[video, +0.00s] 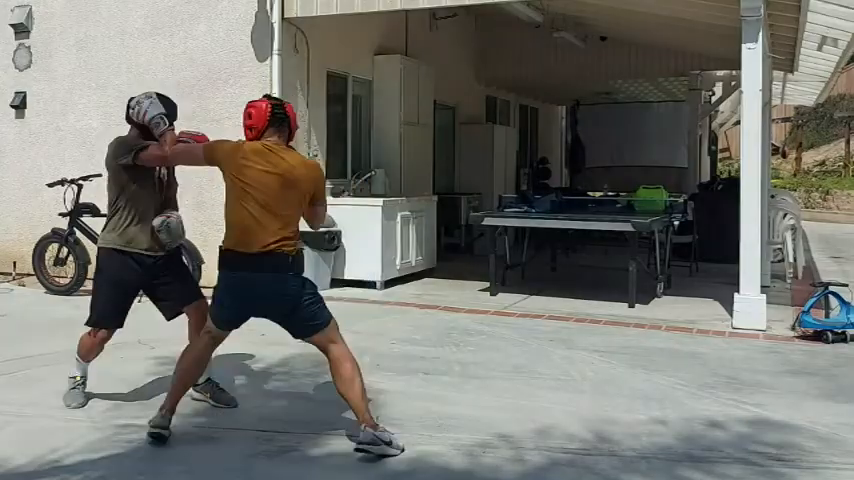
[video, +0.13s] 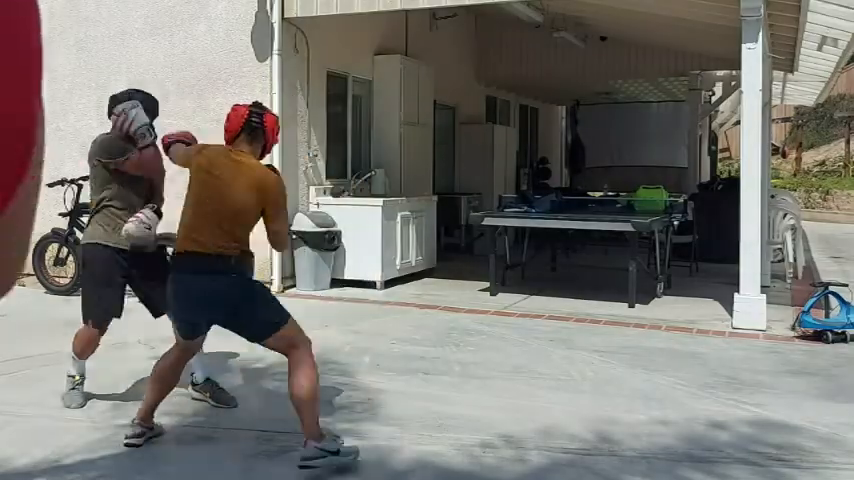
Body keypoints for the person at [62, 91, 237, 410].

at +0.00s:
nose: (171, 131)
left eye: (171, 126)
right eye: (167, 125)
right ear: (149, 120)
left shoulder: (163, 157)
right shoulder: (120, 147)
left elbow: (170, 204)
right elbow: (166, 155)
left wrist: (173, 225)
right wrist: (160, 123)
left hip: (162, 255)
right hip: (120, 253)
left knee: (199, 311)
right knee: (101, 333)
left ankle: (199, 379)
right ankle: (78, 372)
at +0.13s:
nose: (149, 127)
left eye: (151, 122)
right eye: (143, 121)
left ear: (147, 123)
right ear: (123, 117)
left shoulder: (147, 156)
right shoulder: (104, 144)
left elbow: (156, 200)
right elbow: (153, 170)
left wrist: (149, 214)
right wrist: (144, 133)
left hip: (142, 247)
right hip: (103, 244)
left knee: (183, 309)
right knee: (97, 322)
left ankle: (198, 377)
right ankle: (75, 374)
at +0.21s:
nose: (126, 118)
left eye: (130, 112)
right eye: (119, 111)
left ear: (136, 113)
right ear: (105, 112)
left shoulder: (138, 142)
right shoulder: (84, 140)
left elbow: (141, 187)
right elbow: (129, 169)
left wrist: (131, 212)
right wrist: (119, 134)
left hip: (129, 236)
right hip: (87, 236)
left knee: (160, 304)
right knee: (85, 315)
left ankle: (177, 374)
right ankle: (74, 377)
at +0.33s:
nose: (116, 104)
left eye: (120, 98)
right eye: (108, 98)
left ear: (123, 98)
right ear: (89, 98)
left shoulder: (130, 125)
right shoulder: (70, 131)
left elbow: (131, 172)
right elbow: (99, 163)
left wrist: (116, 206)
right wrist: (93, 123)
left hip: (118, 227)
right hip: (74, 227)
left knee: (140, 294)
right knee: (70, 300)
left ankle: (149, 368)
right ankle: (66, 374)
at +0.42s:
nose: (98, 100)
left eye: (104, 94)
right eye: (92, 93)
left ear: (111, 97)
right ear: (78, 93)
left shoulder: (119, 125)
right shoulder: (62, 126)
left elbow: (125, 173)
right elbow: (66, 172)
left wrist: (102, 205)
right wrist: (74, 124)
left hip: (111, 228)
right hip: (66, 226)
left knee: (129, 295)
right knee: (55, 298)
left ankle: (133, 362)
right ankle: (56, 361)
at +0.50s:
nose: (88, 109)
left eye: (94, 104)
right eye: (84, 102)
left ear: (101, 106)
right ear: (71, 104)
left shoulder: (111, 136)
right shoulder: (54, 135)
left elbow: (124, 184)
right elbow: (41, 184)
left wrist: (101, 213)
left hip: (106, 235)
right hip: (61, 236)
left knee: (124, 301)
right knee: (49, 304)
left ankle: (133, 362)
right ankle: (51, 361)